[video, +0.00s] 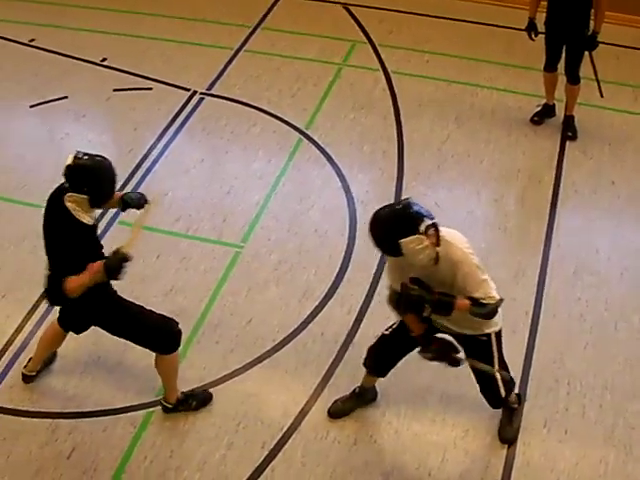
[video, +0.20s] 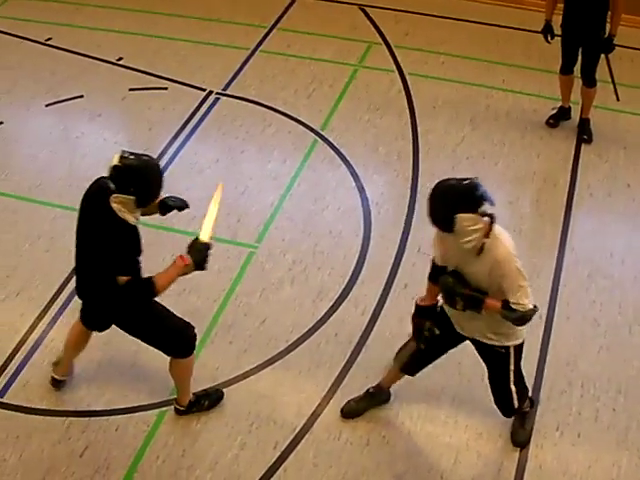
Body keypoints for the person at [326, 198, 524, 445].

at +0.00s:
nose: (405, 261)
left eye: (409, 255)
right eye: (400, 257)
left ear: (430, 236)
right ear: (396, 252)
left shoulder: (457, 253)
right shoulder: (398, 258)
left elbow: (490, 307)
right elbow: (399, 301)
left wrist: (440, 302)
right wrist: (426, 340)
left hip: (475, 324)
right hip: (430, 317)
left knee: (494, 392)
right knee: (379, 354)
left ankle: (512, 404)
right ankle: (365, 391)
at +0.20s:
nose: (441, 230)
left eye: (444, 225)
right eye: (440, 226)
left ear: (461, 220)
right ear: (451, 221)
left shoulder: (500, 250)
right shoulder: (445, 236)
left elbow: (522, 313)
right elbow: (437, 272)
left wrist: (471, 297)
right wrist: (426, 307)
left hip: (497, 331)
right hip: (455, 315)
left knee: (508, 400)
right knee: (413, 353)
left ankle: (525, 407)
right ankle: (380, 390)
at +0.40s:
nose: (460, 213)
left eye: (464, 208)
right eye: (460, 208)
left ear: (481, 203)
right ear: (478, 200)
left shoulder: (515, 243)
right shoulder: (467, 218)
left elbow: (530, 308)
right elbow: (458, 258)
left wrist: (479, 289)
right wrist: (435, 298)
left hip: (505, 330)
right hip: (466, 310)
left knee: (513, 387)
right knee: (426, 348)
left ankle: (530, 408)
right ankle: (403, 387)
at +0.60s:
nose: (443, 216)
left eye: (446, 209)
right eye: (441, 211)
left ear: (462, 200)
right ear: (448, 204)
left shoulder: (500, 229)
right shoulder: (447, 224)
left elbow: (528, 296)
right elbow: (447, 264)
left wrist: (473, 291)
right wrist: (432, 297)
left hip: (502, 320)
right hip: (461, 307)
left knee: (517, 384)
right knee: (420, 350)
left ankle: (530, 407)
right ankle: (402, 387)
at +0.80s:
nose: (438, 222)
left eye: (439, 215)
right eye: (434, 217)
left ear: (458, 205)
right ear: (436, 212)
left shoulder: (494, 230)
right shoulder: (440, 225)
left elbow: (535, 282)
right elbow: (440, 269)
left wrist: (482, 294)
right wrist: (423, 304)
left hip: (504, 316)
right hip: (461, 308)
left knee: (520, 377)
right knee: (417, 347)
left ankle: (535, 407)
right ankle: (404, 386)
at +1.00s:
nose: (438, 219)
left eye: (441, 210)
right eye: (428, 214)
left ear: (449, 202)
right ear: (415, 213)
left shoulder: (479, 217)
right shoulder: (408, 232)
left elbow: (524, 224)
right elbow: (362, 264)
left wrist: (515, 270)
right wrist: (314, 273)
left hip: (497, 301)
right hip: (450, 299)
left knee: (524, 363)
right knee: (409, 356)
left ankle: (543, 403)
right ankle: (402, 383)